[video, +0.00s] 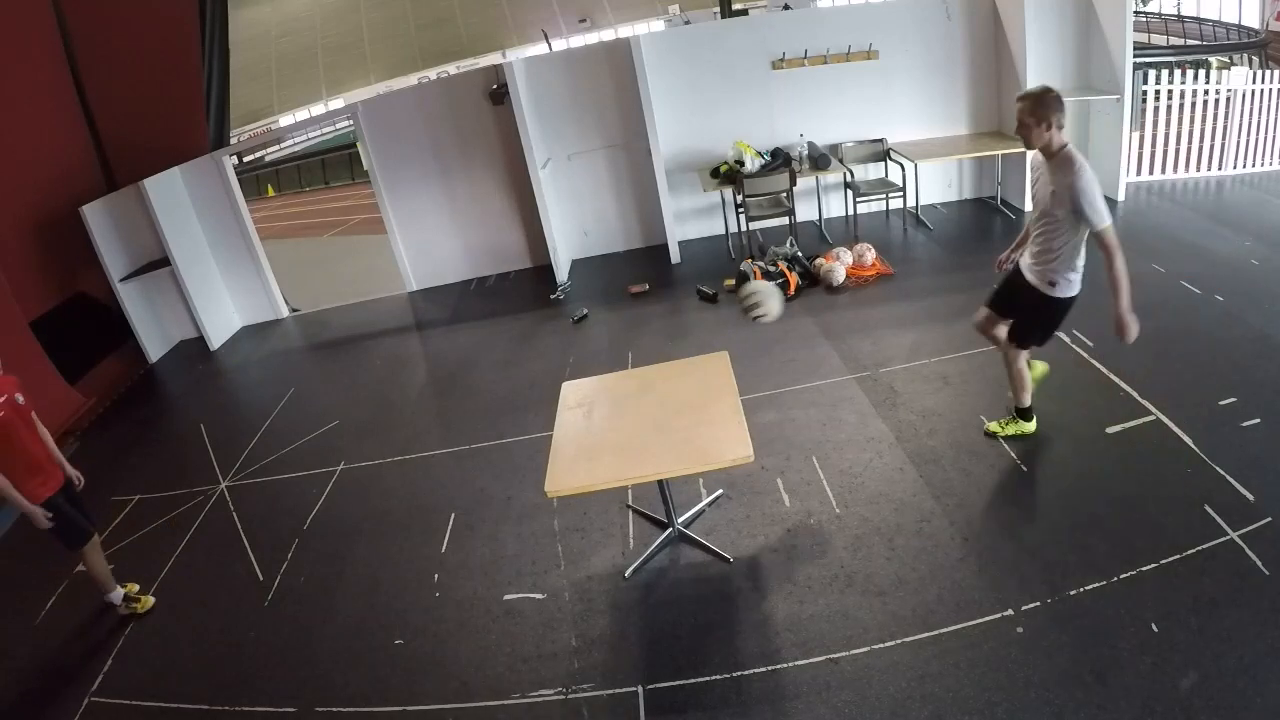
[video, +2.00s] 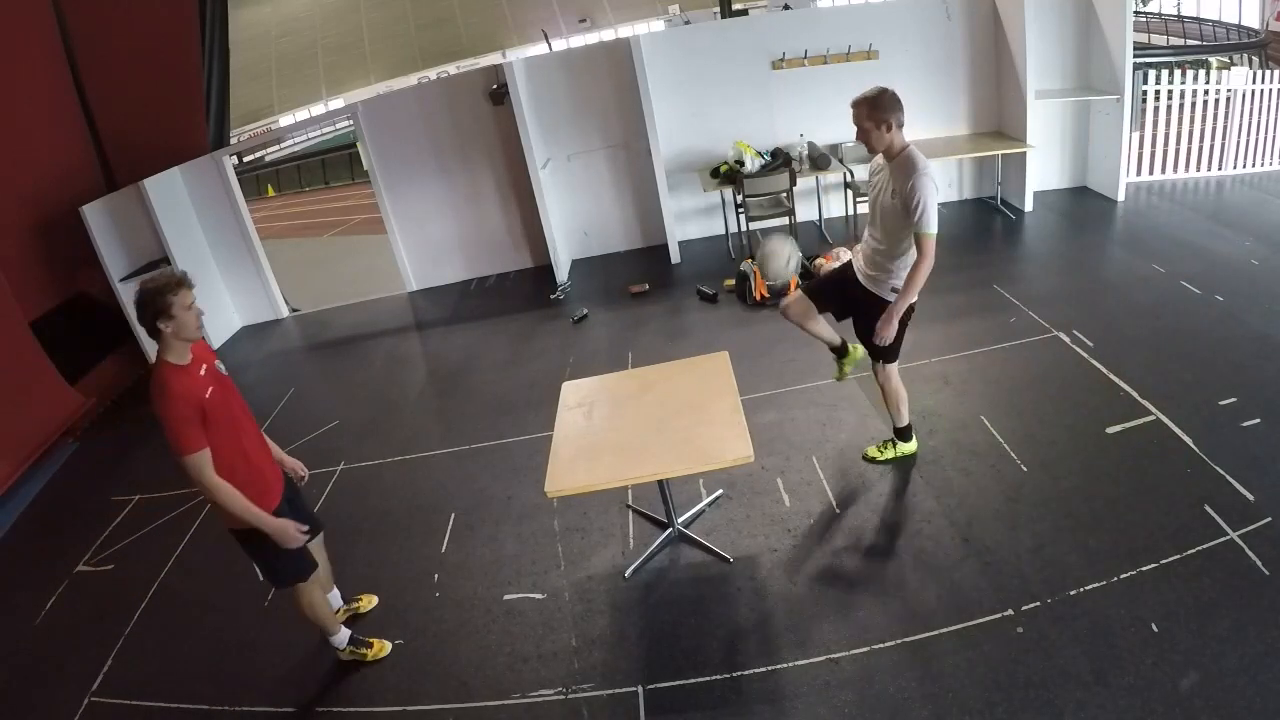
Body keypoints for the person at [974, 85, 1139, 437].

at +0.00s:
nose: (1018, 132)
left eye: (1024, 125)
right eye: (1018, 124)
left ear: (1049, 127)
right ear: (1042, 128)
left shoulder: (1078, 175)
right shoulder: (1039, 161)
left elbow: (1110, 245)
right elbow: (1040, 217)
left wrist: (1124, 310)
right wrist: (1014, 250)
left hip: (1055, 285)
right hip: (1028, 267)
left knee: (1013, 348)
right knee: (986, 323)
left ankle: (1024, 417)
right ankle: (1029, 367)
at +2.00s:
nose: (857, 137)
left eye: (861, 128)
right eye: (856, 128)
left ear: (888, 125)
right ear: (887, 125)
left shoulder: (919, 180)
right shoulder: (880, 162)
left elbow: (927, 256)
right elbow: (880, 227)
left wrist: (895, 312)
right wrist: (852, 256)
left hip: (888, 292)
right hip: (857, 270)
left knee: (885, 371)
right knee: (793, 309)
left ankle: (904, 438)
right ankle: (844, 350)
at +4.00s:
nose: (910, 143)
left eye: (918, 137)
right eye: (909, 135)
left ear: (947, 141)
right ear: (921, 139)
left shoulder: (984, 194)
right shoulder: (923, 184)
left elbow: (1003, 271)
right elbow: (920, 243)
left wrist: (961, 321)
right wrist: (905, 301)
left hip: (980, 314)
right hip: (942, 303)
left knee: (968, 404)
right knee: (942, 369)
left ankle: (982, 486)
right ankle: (951, 426)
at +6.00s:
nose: (920, 193)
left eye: (926, 184)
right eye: (917, 182)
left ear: (960, 178)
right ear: (918, 176)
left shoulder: (1004, 238)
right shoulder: (925, 222)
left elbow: (1022, 337)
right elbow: (916, 291)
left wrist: (1004, 418)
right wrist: (906, 346)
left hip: (963, 376)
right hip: (915, 350)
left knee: (946, 459)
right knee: (846, 414)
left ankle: (965, 515)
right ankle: (756, 505)